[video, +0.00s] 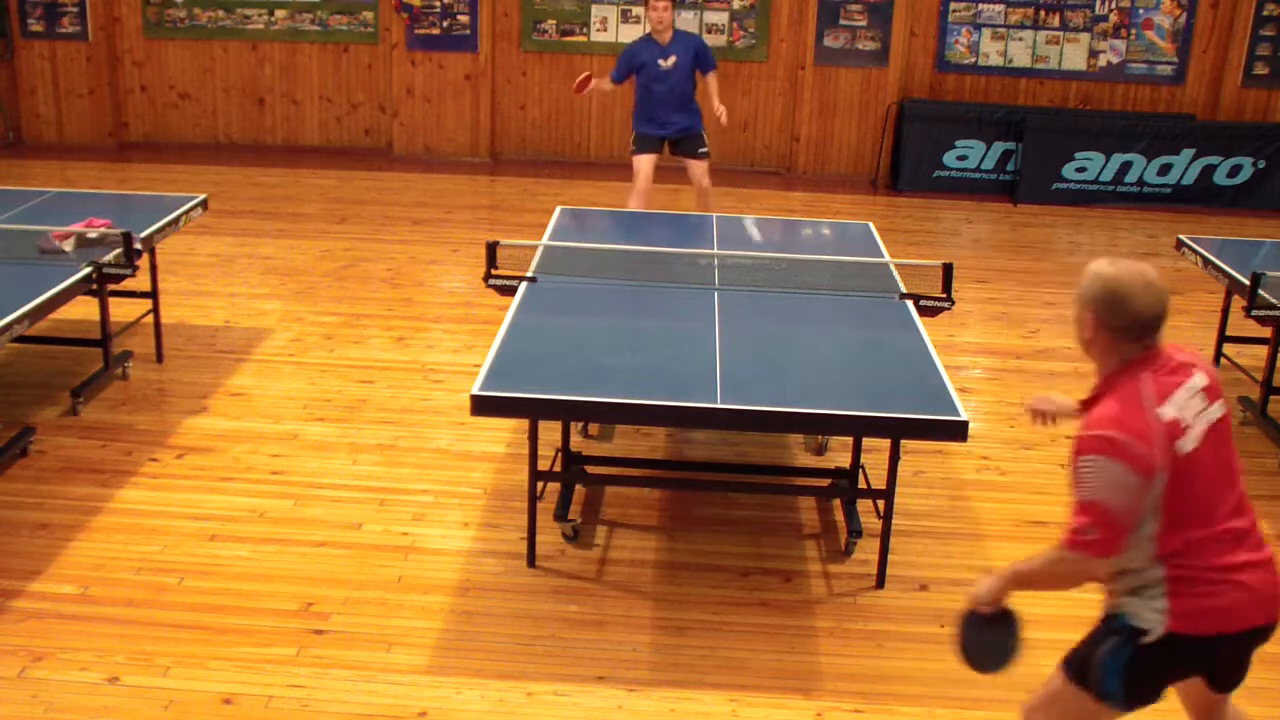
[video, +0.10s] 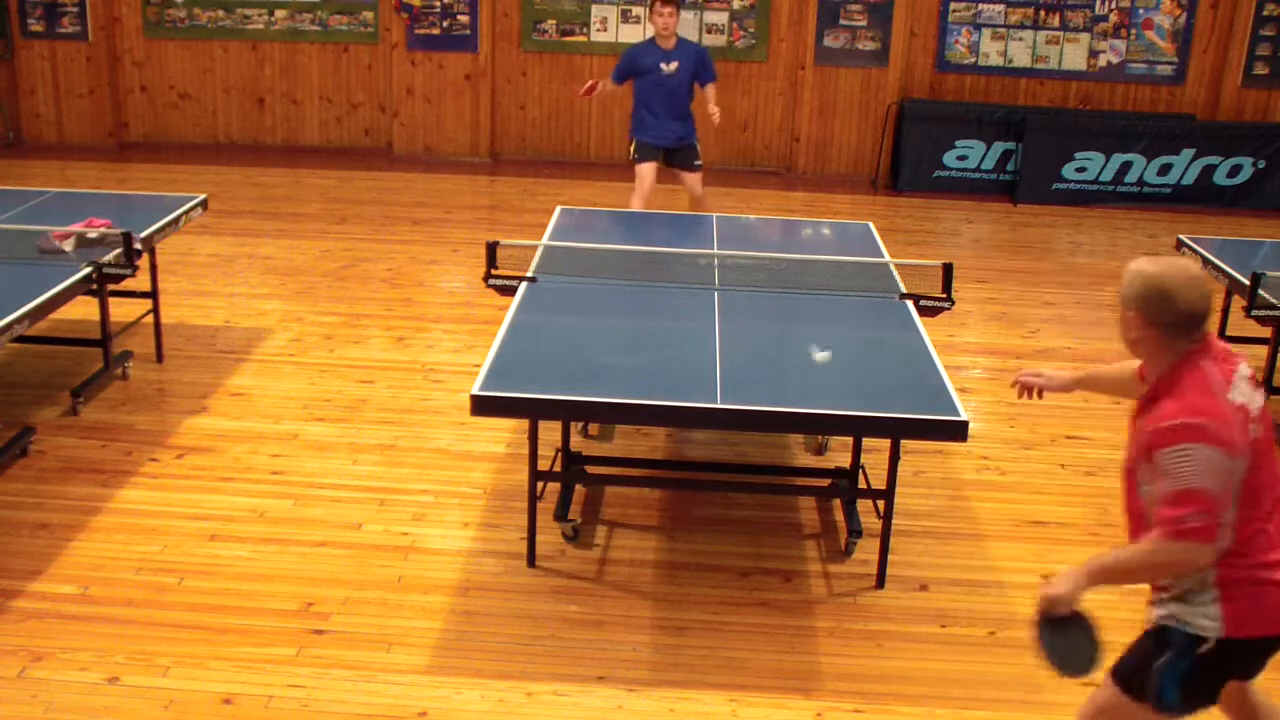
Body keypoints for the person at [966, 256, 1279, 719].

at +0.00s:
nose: (1076, 316)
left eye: (1079, 307)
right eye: (1080, 304)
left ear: (1090, 325)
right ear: (1153, 319)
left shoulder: (1116, 426)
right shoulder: (1191, 365)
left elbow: (1089, 557)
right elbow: (1142, 398)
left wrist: (1007, 579)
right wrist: (1079, 408)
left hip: (1176, 616)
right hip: (1253, 597)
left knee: (1045, 712)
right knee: (1204, 698)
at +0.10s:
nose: (1119, 317)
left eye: (1121, 308)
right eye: (1123, 306)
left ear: (1135, 324)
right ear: (1195, 312)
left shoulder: (1190, 419)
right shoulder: (1213, 356)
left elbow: (1191, 545)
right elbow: (1146, 377)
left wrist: (1083, 575)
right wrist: (1070, 379)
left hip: (1224, 612)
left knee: (1103, 712)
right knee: (1234, 690)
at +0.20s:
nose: (1173, 324)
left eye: (1178, 315)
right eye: (1176, 314)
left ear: (1199, 328)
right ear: (1210, 327)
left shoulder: (1267, 399)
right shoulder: (1217, 371)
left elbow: (1275, 515)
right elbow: (1156, 377)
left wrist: (1197, 531)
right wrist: (1080, 376)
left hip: (1259, 600)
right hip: (1222, 579)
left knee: (1138, 712)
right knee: (1275, 693)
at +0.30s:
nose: (1232, 312)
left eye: (1242, 304)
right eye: (1235, 301)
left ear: (1272, 322)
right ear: (1265, 321)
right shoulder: (1253, 376)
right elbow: (1191, 393)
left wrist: (1244, 471)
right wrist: (1101, 396)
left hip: (1271, 597)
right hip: (1254, 586)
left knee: (1178, 709)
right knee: (1187, 707)